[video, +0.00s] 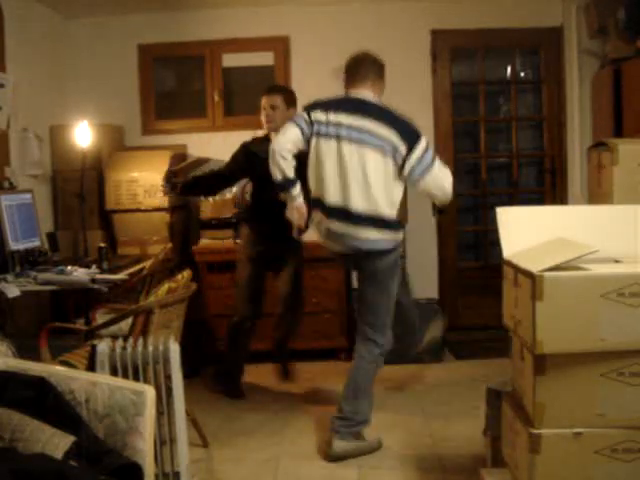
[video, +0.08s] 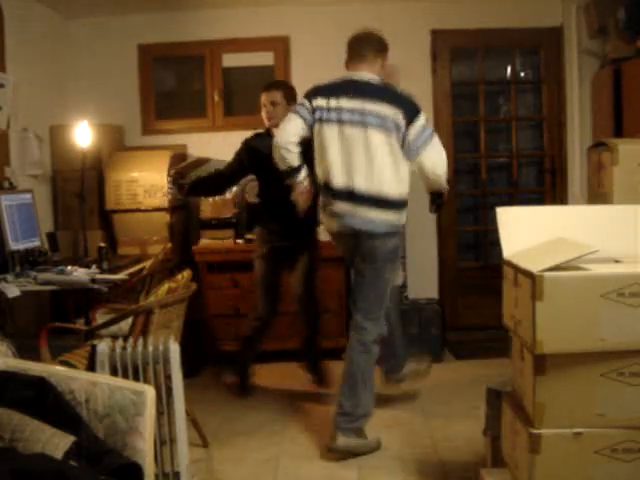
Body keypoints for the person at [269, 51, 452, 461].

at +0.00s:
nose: (378, 92)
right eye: (380, 86)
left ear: (345, 83)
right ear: (381, 85)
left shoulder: (317, 113)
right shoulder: (399, 129)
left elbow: (281, 145)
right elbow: (443, 189)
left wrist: (293, 197)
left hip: (332, 234)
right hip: (378, 243)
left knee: (391, 268)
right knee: (373, 340)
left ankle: (413, 335)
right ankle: (347, 433)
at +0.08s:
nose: (384, 69)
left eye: (378, 63)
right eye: (385, 63)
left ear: (346, 62)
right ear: (383, 63)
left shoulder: (318, 97)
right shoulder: (399, 104)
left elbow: (283, 141)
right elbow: (437, 168)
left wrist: (299, 180)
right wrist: (438, 186)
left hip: (338, 220)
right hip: (381, 225)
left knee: (381, 288)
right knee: (366, 324)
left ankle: (395, 363)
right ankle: (349, 430)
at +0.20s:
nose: (389, 68)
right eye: (391, 62)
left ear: (353, 59)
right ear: (390, 60)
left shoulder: (326, 97)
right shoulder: (408, 96)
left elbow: (308, 161)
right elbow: (432, 157)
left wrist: (340, 155)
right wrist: (420, 170)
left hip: (338, 221)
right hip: (382, 221)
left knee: (360, 312)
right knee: (392, 315)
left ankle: (367, 413)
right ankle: (328, 372)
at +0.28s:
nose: (392, 77)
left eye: (387, 72)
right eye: (393, 71)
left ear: (356, 68)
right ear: (392, 68)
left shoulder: (327, 105)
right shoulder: (411, 103)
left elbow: (312, 170)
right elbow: (431, 162)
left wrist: (347, 160)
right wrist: (426, 184)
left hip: (339, 227)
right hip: (382, 227)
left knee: (356, 319)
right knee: (398, 317)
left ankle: (365, 419)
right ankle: (330, 346)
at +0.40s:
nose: (407, 101)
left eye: (408, 95)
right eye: (406, 95)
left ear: (371, 88)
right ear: (392, 87)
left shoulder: (336, 126)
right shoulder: (407, 118)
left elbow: (332, 183)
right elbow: (421, 170)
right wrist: (431, 200)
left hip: (343, 234)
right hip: (387, 234)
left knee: (378, 321)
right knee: (428, 319)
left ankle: (367, 418)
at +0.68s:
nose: (421, 88)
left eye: (425, 81)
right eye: (416, 79)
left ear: (423, 81)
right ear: (391, 73)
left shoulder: (414, 117)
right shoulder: (370, 103)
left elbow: (463, 128)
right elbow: (359, 154)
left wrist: (521, 129)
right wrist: (411, 182)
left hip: (405, 209)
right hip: (376, 205)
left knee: (416, 307)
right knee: (452, 249)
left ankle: (399, 416)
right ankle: (395, 329)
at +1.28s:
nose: (411, 110)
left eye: (418, 102)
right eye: (407, 104)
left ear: (439, 97)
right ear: (402, 102)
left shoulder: (468, 128)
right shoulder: (405, 136)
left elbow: (469, 144)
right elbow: (387, 190)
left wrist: (419, 107)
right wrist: (390, 184)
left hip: (439, 242)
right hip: (401, 226)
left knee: (425, 341)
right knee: (346, 211)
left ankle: (434, 418)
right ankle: (356, 308)